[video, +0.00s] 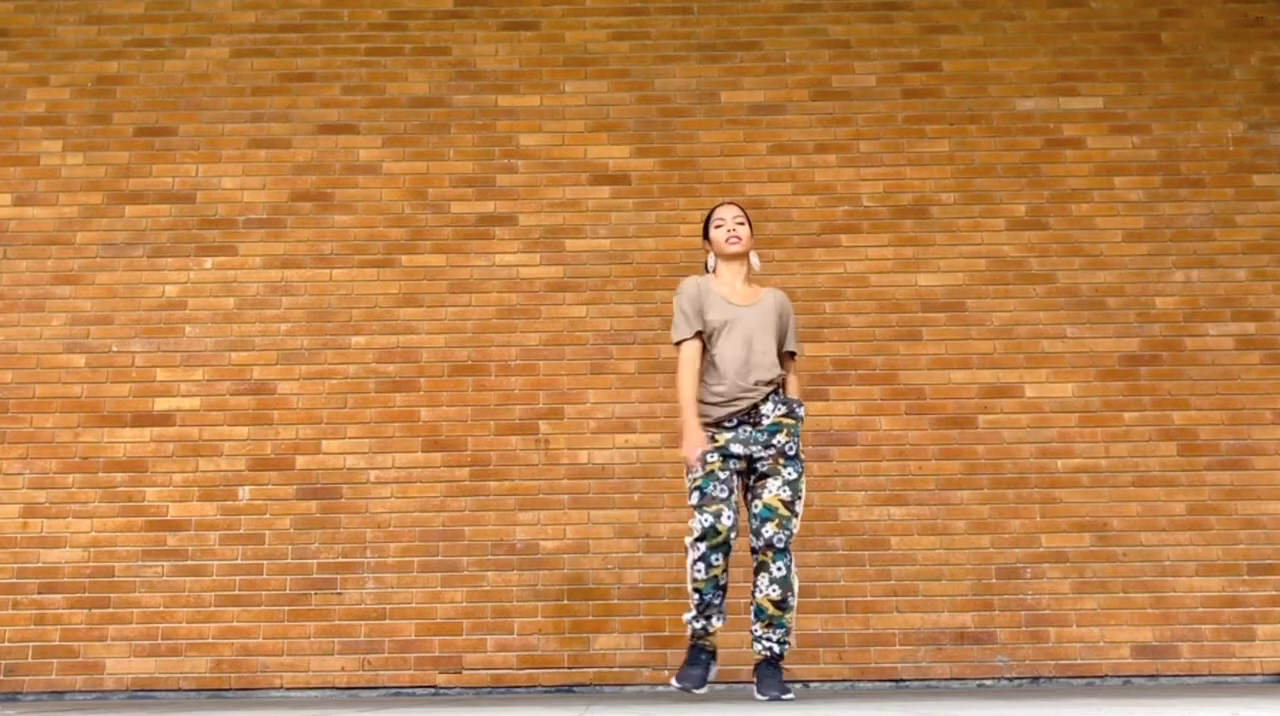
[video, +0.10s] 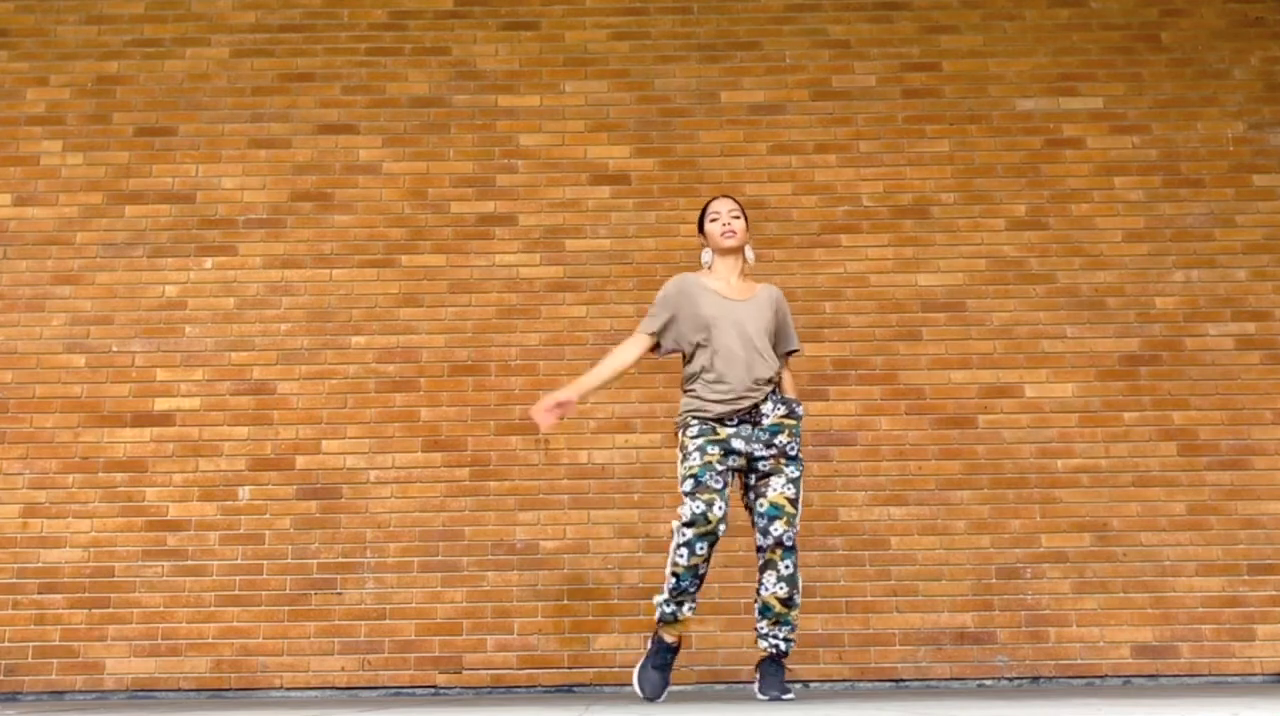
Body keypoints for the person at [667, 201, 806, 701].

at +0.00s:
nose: (731, 228)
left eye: (739, 222)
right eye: (721, 224)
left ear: (753, 237)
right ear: (708, 242)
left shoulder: (776, 300)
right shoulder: (694, 290)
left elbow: (788, 370)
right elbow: (688, 363)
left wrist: (793, 423)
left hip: (775, 427)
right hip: (716, 428)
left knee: (773, 540)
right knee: (711, 534)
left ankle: (770, 661)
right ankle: (700, 648)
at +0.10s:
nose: (728, 222)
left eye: (735, 216)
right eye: (717, 218)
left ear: (749, 232)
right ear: (703, 238)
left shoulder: (771, 298)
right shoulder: (683, 288)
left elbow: (782, 370)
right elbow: (634, 346)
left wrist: (793, 417)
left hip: (771, 423)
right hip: (707, 424)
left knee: (779, 537)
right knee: (702, 523)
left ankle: (774, 659)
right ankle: (666, 639)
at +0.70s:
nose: (707, 226)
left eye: (718, 217)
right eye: (702, 220)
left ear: (746, 225)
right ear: (698, 234)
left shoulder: (772, 291)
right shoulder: (688, 286)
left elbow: (776, 362)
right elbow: (657, 344)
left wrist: (791, 395)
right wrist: (640, 363)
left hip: (770, 430)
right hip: (704, 436)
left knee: (802, 542)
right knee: (680, 544)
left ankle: (834, 659)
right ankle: (645, 659)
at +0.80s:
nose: (701, 233)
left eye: (711, 223)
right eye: (697, 226)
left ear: (740, 228)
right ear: (697, 237)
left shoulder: (771, 294)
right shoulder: (685, 290)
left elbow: (776, 365)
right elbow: (663, 346)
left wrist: (792, 395)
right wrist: (645, 370)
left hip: (770, 432)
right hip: (705, 437)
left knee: (804, 542)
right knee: (678, 542)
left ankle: (835, 658)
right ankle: (648, 657)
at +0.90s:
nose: (698, 237)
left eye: (708, 227)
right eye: (694, 229)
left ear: (739, 232)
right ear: (695, 239)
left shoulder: (770, 297)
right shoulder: (683, 293)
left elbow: (777, 366)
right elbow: (665, 350)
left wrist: (792, 395)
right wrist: (651, 378)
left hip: (770, 433)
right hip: (704, 438)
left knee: (804, 543)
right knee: (674, 543)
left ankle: (835, 659)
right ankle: (653, 656)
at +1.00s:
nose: (698, 238)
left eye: (709, 229)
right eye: (695, 231)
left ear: (738, 236)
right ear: (694, 240)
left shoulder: (769, 299)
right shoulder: (682, 295)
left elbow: (774, 368)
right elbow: (666, 355)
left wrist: (787, 390)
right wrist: (653, 381)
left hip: (768, 433)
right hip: (704, 438)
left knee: (804, 541)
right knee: (671, 542)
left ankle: (835, 659)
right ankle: (655, 655)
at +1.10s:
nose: (698, 240)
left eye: (709, 231)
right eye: (695, 232)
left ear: (737, 239)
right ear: (694, 240)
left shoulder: (768, 300)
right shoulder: (681, 297)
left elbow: (776, 368)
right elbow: (667, 357)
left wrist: (793, 394)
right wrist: (654, 387)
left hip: (768, 433)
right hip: (704, 437)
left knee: (805, 541)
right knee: (668, 539)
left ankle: (835, 659)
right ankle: (659, 654)